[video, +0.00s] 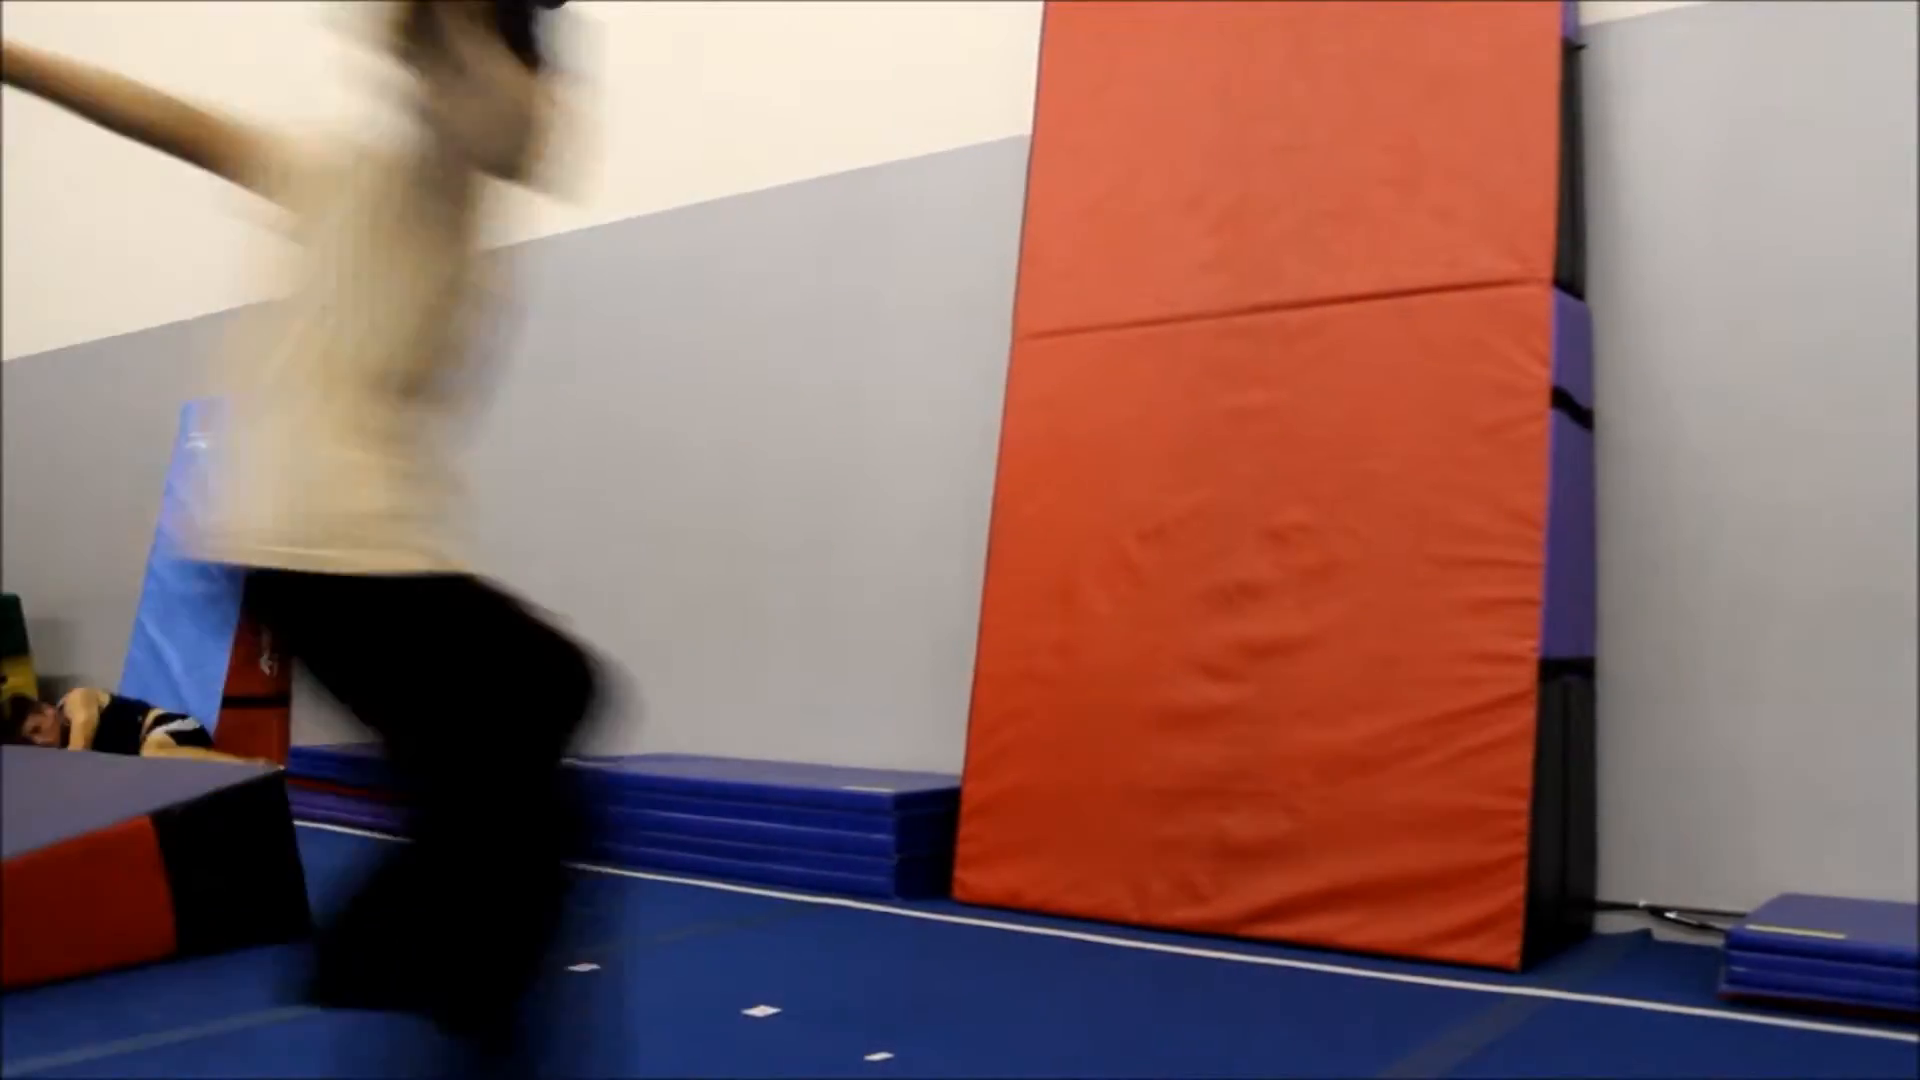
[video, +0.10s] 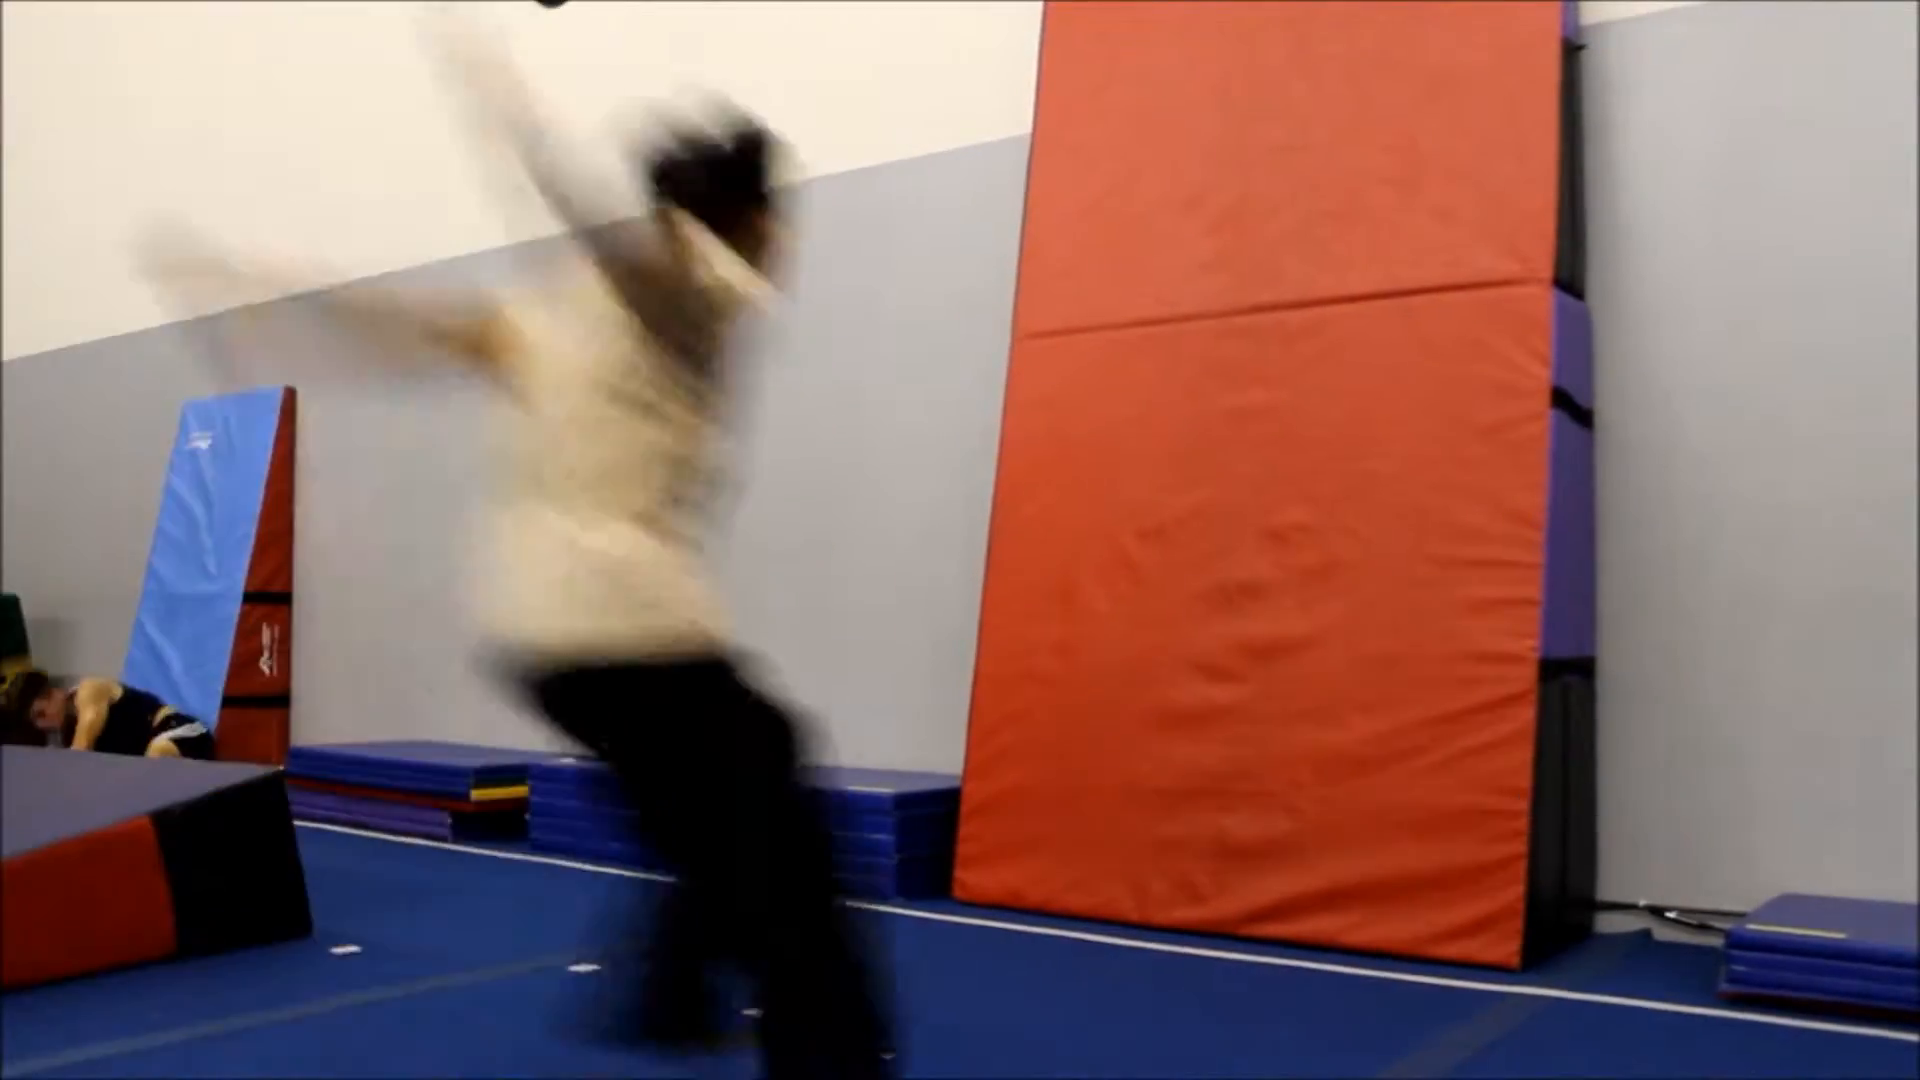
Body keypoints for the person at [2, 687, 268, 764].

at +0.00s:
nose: (42, 740)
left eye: (38, 729)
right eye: (33, 740)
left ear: (46, 708)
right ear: (29, 742)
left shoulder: (79, 699)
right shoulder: (61, 747)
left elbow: (78, 750)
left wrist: (60, 782)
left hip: (168, 727)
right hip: (140, 764)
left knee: (153, 753)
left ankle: (249, 766)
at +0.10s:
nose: (44, 722)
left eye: (41, 712)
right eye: (37, 721)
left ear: (53, 693)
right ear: (39, 726)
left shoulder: (91, 689)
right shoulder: (69, 732)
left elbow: (85, 741)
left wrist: (66, 780)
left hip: (179, 728)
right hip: (139, 758)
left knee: (157, 754)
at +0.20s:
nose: (42, 708)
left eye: (45, 699)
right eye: (37, 702)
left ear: (67, 685)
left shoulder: (105, 690)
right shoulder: (75, 719)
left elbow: (84, 750)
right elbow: (74, 755)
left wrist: (62, 785)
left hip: (186, 733)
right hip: (141, 751)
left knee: (161, 757)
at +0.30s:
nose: (52, 690)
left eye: (57, 680)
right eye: (49, 682)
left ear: (81, 673)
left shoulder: (116, 685)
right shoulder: (84, 706)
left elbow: (87, 743)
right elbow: (91, 746)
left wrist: (55, 773)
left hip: (193, 735)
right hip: (152, 748)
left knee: (159, 761)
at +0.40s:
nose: (56, 679)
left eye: (60, 671)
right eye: (54, 672)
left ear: (85, 666)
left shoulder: (119, 683)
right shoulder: (91, 695)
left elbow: (84, 742)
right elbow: (87, 745)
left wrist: (54, 770)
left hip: (195, 735)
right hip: (150, 748)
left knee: (161, 755)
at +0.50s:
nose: (52, 668)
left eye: (57, 660)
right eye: (51, 661)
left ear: (81, 658)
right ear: (80, 660)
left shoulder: (116, 676)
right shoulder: (89, 688)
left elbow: (83, 737)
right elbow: (85, 739)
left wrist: (52, 766)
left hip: (190, 729)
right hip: (148, 742)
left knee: (163, 753)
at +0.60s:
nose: (49, 664)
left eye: (52, 654)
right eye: (48, 655)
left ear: (72, 653)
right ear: (72, 653)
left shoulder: (107, 675)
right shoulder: (89, 682)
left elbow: (78, 734)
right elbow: (82, 735)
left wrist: (60, 750)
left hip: (183, 728)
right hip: (146, 743)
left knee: (163, 750)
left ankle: (236, 774)